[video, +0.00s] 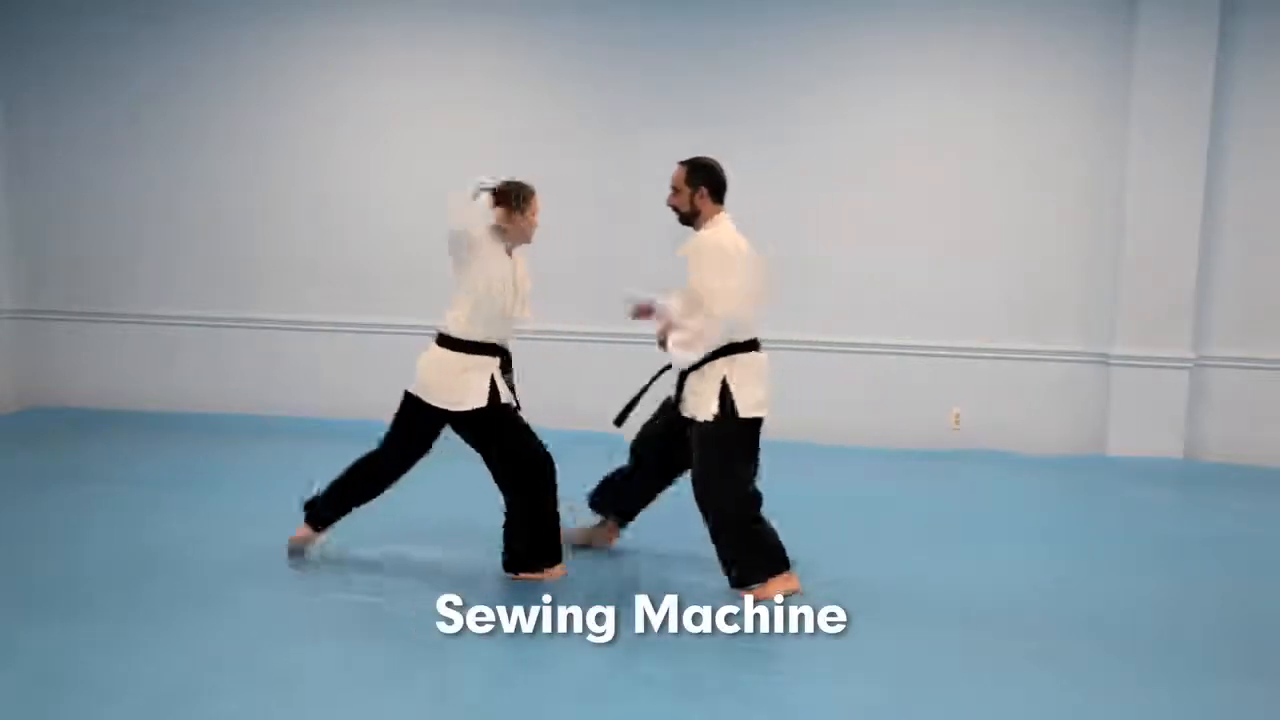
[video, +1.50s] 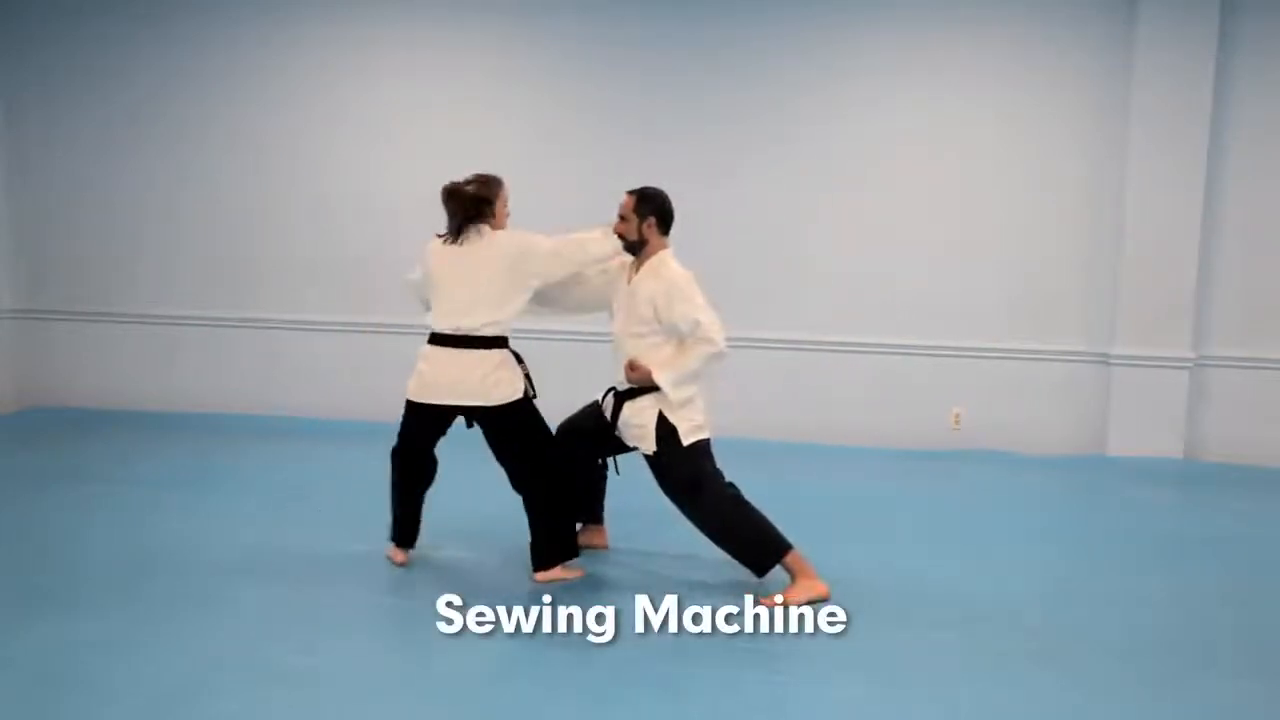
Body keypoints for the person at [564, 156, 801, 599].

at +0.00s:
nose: (669, 199)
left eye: (676, 191)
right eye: (671, 190)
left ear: (702, 195)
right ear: (704, 196)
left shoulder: (716, 246)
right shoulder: (713, 241)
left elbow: (722, 319)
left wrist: (673, 338)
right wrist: (661, 308)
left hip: (728, 382)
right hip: (706, 378)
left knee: (723, 488)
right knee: (654, 453)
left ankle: (773, 577)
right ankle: (606, 526)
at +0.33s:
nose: (625, 228)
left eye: (633, 221)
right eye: (626, 219)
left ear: (660, 227)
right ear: (655, 226)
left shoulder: (682, 280)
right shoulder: (628, 273)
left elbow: (721, 341)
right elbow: (566, 288)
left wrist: (670, 372)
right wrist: (509, 265)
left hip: (679, 412)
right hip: (642, 405)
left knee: (708, 500)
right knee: (580, 439)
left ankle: (804, 577)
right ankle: (592, 531)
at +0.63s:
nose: (619, 229)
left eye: (627, 222)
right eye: (621, 221)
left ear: (653, 228)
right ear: (649, 227)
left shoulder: (675, 279)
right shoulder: (625, 274)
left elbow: (713, 341)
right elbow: (573, 289)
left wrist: (660, 373)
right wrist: (511, 280)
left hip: (671, 410)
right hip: (636, 404)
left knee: (708, 499)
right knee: (577, 437)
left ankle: (805, 578)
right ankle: (591, 530)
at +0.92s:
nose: (619, 229)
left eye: (626, 221)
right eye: (621, 220)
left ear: (654, 228)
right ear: (647, 227)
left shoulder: (674, 279)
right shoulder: (624, 274)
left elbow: (712, 341)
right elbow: (569, 284)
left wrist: (658, 372)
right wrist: (499, 279)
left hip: (670, 412)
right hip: (632, 405)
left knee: (709, 501)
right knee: (575, 438)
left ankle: (805, 578)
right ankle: (592, 530)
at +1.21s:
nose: (618, 227)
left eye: (626, 220)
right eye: (620, 219)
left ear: (652, 227)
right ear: (649, 227)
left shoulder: (673, 279)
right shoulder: (626, 273)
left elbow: (711, 341)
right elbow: (567, 287)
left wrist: (659, 374)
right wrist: (503, 287)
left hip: (671, 411)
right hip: (635, 404)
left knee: (708, 499)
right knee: (576, 436)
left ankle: (805, 578)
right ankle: (591, 529)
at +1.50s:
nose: (615, 225)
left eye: (623, 218)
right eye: (617, 217)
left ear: (649, 225)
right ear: (647, 224)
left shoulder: (670, 277)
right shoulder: (623, 271)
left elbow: (710, 341)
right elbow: (567, 290)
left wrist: (658, 373)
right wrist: (512, 279)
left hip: (669, 409)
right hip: (632, 402)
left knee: (708, 498)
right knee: (573, 438)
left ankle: (806, 577)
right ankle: (590, 528)